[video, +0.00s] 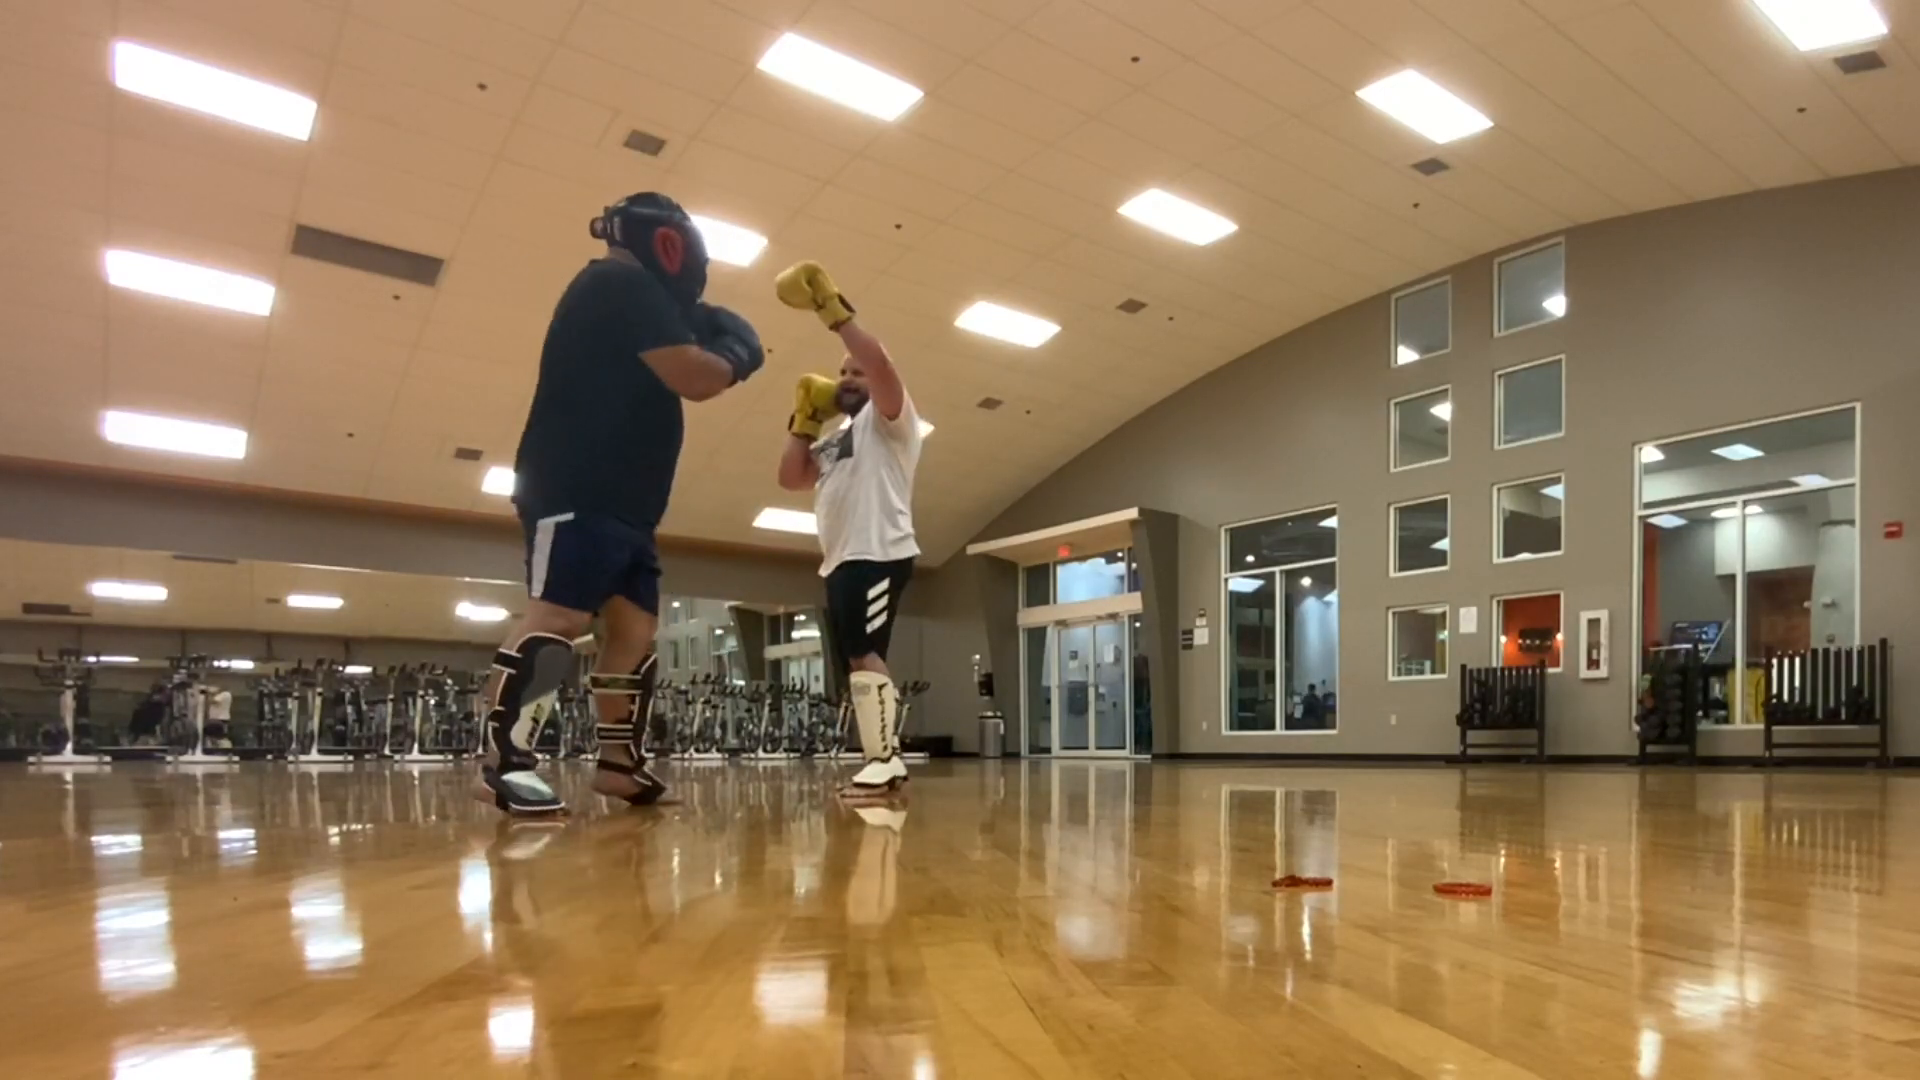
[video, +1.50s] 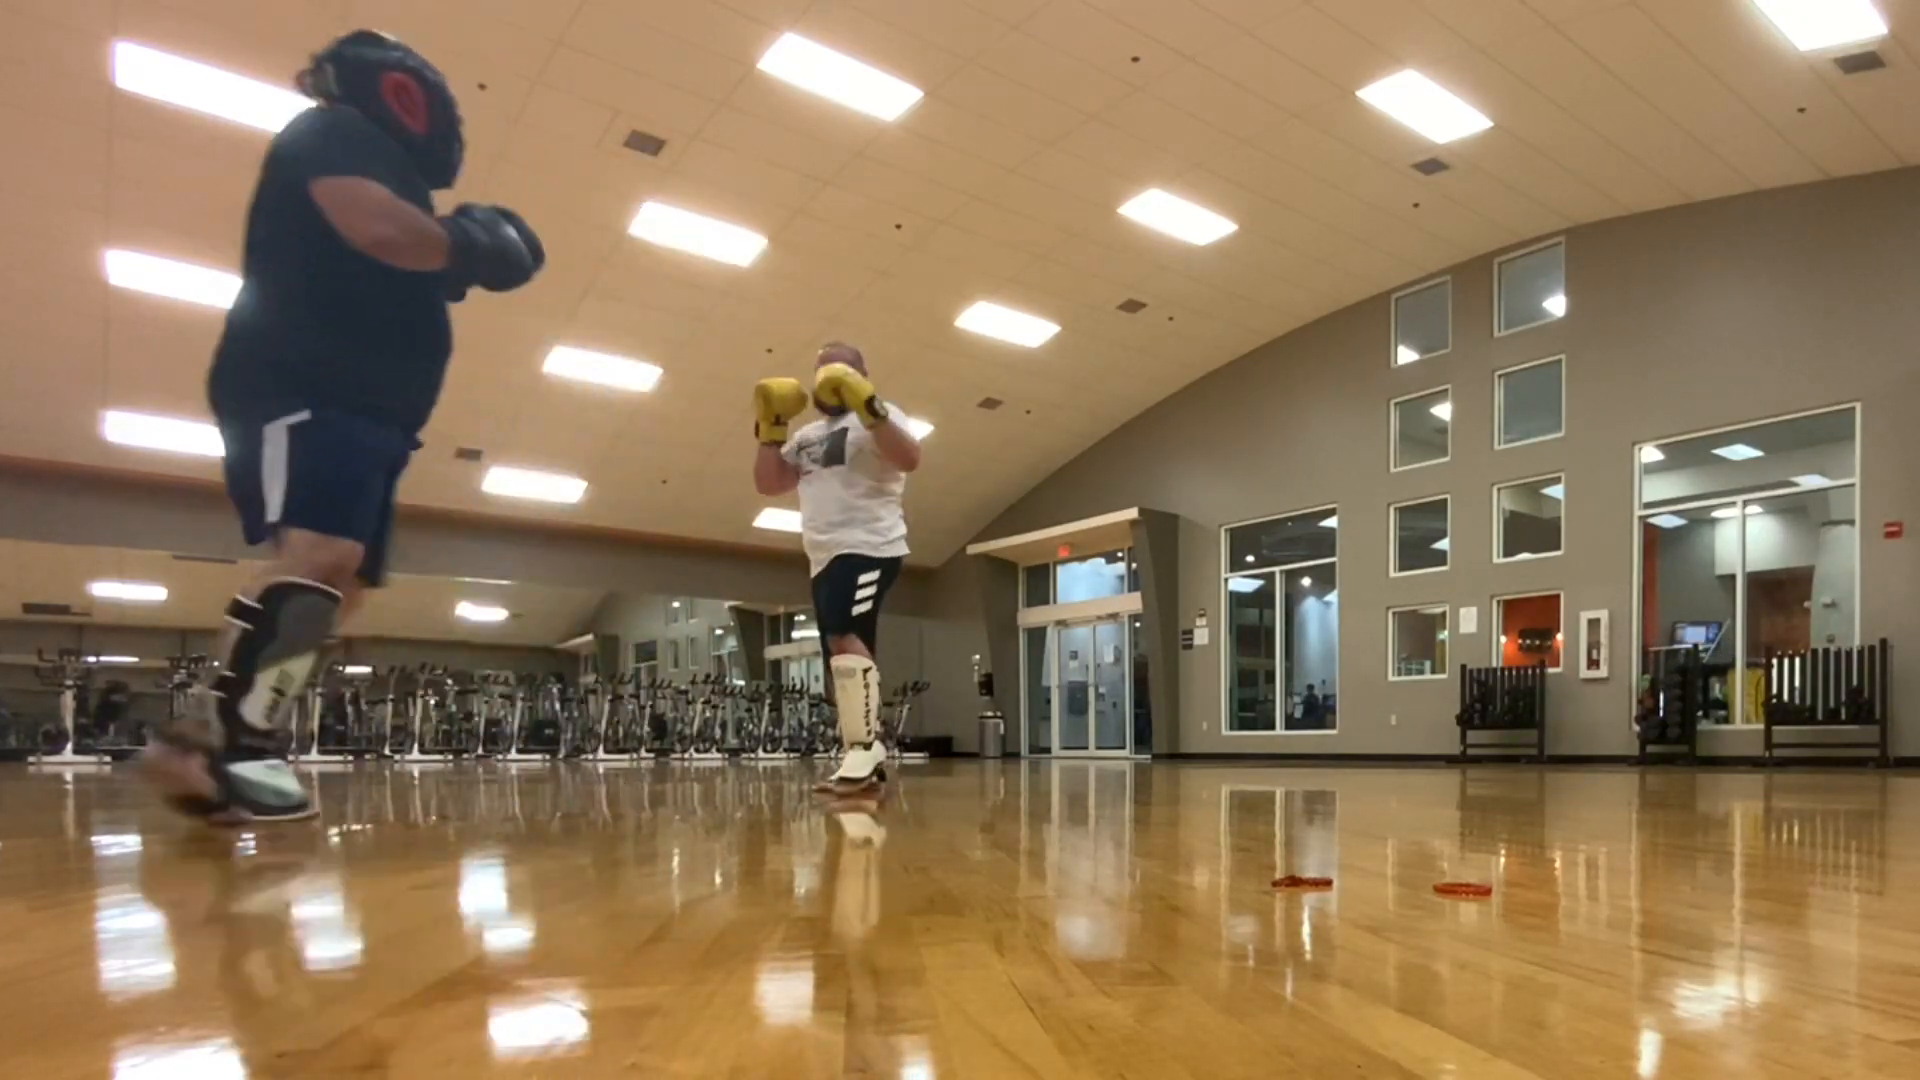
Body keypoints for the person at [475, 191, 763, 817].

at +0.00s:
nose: (698, 266)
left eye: (696, 252)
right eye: (691, 250)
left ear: (643, 243)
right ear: (666, 242)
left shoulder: (643, 294)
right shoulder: (623, 281)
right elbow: (688, 374)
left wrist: (703, 328)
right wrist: (738, 355)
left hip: (624, 496)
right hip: (576, 484)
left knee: (633, 623)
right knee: (559, 614)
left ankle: (619, 759)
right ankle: (504, 754)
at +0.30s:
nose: (689, 270)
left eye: (688, 256)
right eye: (682, 254)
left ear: (644, 249)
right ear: (657, 245)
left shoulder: (639, 304)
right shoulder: (616, 285)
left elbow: (652, 379)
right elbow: (668, 373)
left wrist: (710, 366)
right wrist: (723, 371)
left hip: (624, 497)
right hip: (579, 484)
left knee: (626, 626)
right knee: (578, 612)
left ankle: (616, 764)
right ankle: (508, 752)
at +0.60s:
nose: (664, 249)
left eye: (661, 236)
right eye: (657, 235)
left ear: (610, 233)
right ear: (636, 234)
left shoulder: (616, 298)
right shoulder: (593, 275)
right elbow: (647, 364)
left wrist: (677, 349)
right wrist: (699, 362)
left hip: (599, 489)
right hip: (548, 476)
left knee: (633, 618)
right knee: (559, 606)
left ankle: (587, 758)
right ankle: (498, 756)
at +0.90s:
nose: (653, 257)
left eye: (654, 247)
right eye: (646, 243)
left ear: (606, 240)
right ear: (615, 235)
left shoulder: (620, 303)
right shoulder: (553, 271)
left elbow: (676, 273)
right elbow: (577, 341)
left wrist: (719, 240)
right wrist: (655, 352)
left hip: (584, 492)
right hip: (521, 472)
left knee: (601, 623)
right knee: (513, 601)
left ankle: (575, 764)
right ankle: (457, 752)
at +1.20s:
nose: (562, 244)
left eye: (561, 230)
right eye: (555, 227)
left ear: (510, 225)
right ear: (524, 220)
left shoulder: (510, 300)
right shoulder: (469, 277)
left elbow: (504, 409)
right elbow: (518, 368)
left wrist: (590, 430)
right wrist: (595, 371)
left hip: (523, 507)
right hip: (462, 494)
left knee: (572, 631)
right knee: (444, 626)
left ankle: (573, 776)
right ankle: (306, 762)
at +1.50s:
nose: (442, 120)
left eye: (439, 106)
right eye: (431, 100)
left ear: (387, 98)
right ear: (394, 88)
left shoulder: (384, 165)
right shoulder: (333, 132)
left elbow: (391, 241)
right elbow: (376, 229)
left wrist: (461, 233)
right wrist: (467, 247)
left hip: (362, 399)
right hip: (311, 384)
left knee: (343, 578)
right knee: (322, 554)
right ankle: (236, 743)